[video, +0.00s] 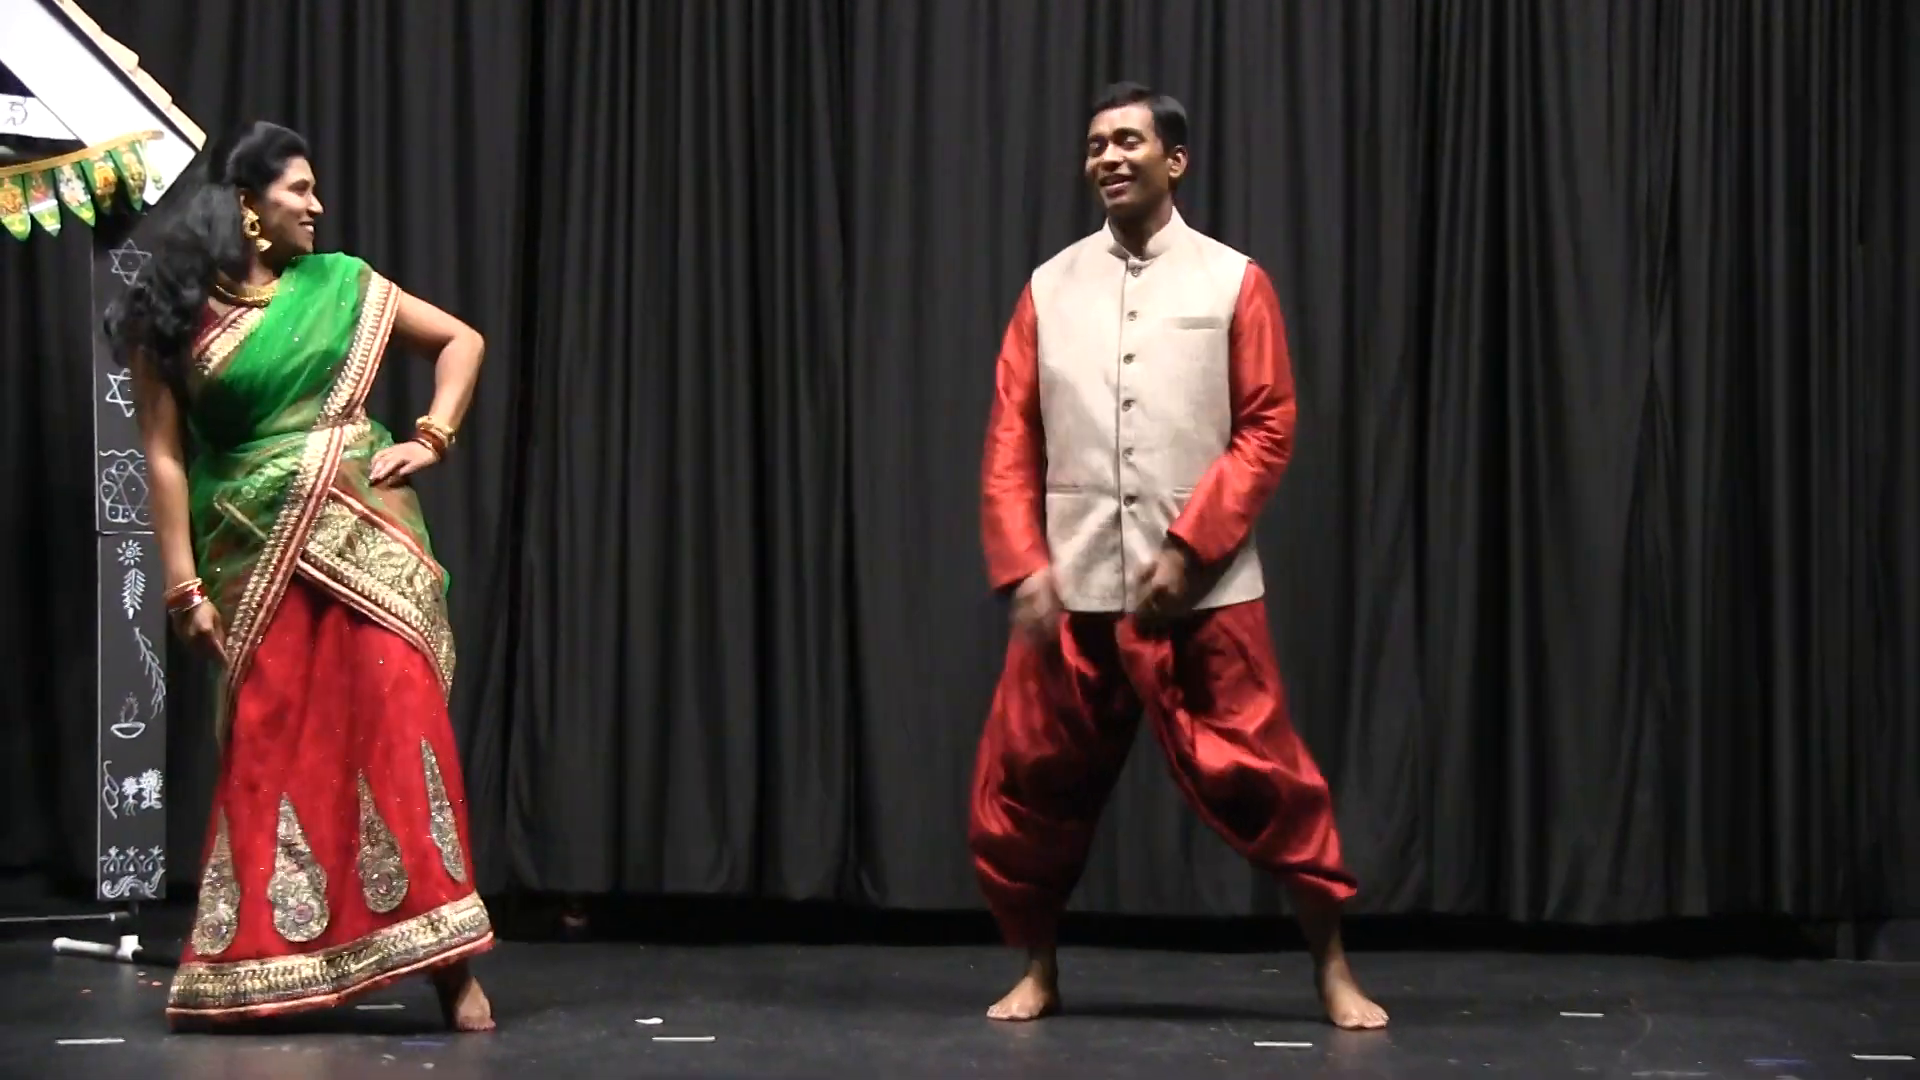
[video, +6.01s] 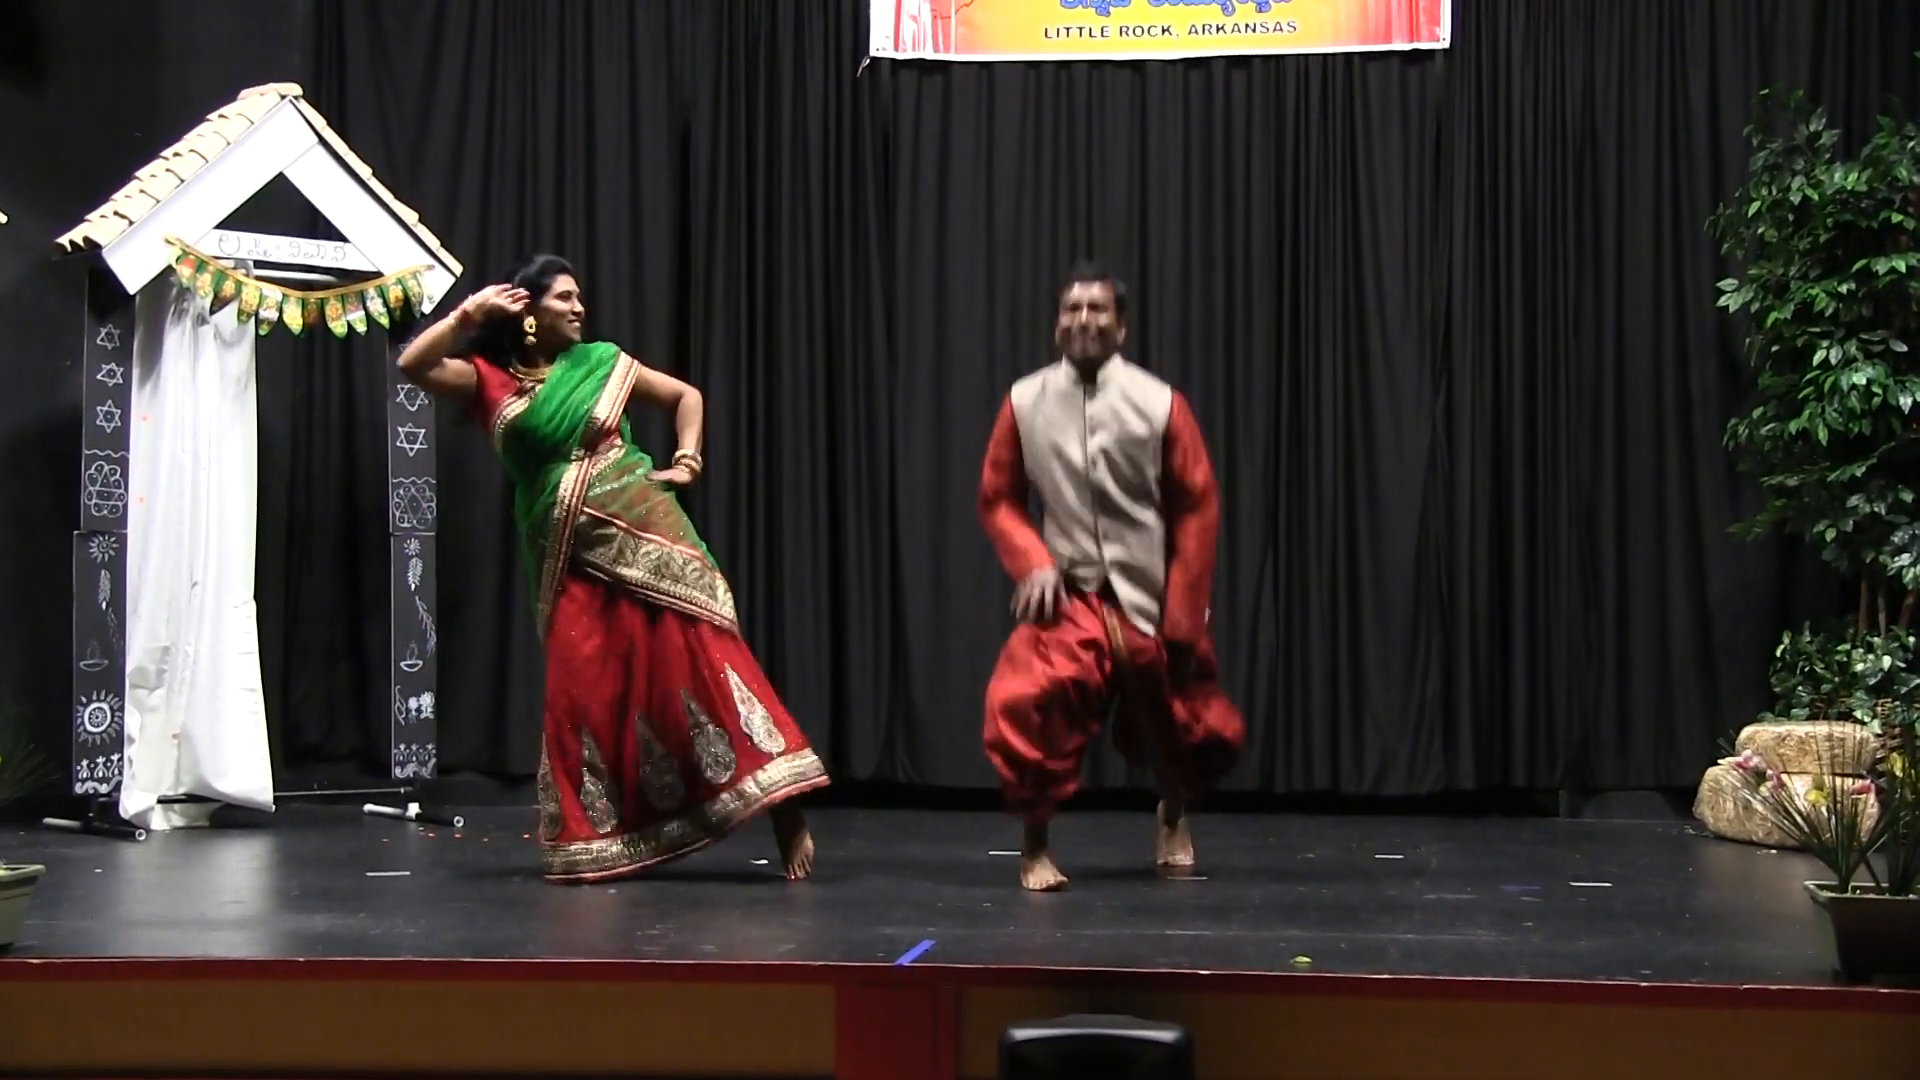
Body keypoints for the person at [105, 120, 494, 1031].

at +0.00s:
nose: (317, 205)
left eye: (316, 189)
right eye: (300, 190)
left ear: (302, 200)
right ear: (245, 202)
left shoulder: (347, 282)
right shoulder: (173, 320)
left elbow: (462, 340)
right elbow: (164, 451)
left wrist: (434, 436)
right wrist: (182, 583)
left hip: (372, 536)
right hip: (260, 553)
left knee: (402, 737)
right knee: (264, 750)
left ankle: (454, 962)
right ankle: (269, 973)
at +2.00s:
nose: (484, 272)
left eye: (495, 264)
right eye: (471, 264)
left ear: (514, 281)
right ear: (450, 282)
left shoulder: (543, 329)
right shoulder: (430, 344)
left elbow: (641, 329)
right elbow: (335, 328)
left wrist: (639, 370)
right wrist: (361, 258)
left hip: (551, 510)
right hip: (468, 519)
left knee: (605, 643)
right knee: (467, 667)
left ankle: (652, 809)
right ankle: (475, 834)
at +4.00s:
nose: (485, 302)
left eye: (496, 292)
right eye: (482, 292)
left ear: (531, 301)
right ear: (482, 301)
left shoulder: (573, 372)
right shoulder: (459, 371)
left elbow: (666, 367)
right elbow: (397, 431)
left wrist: (619, 317)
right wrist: (344, 475)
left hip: (513, 542)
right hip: (434, 534)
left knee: (512, 677)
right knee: (371, 665)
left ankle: (517, 837)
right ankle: (319, 824)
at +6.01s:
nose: (579, 308)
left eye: (579, 298)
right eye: (565, 298)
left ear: (577, 308)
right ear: (525, 311)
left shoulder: (602, 361)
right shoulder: (493, 379)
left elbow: (687, 396)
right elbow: (413, 366)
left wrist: (687, 455)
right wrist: (468, 312)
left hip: (650, 532)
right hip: (574, 553)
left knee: (711, 667)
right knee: (576, 690)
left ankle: (784, 810)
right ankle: (587, 843)